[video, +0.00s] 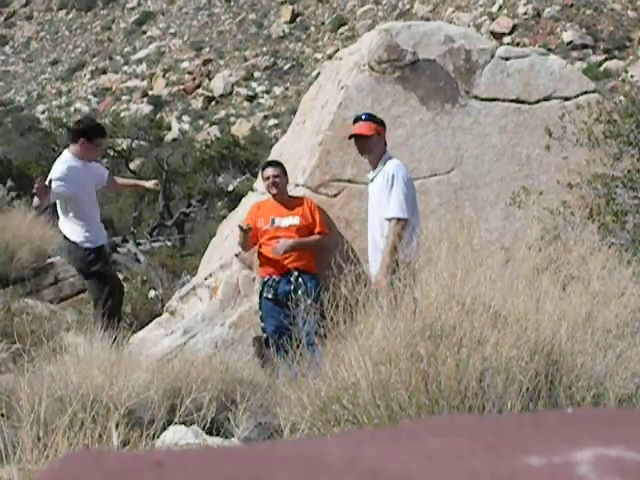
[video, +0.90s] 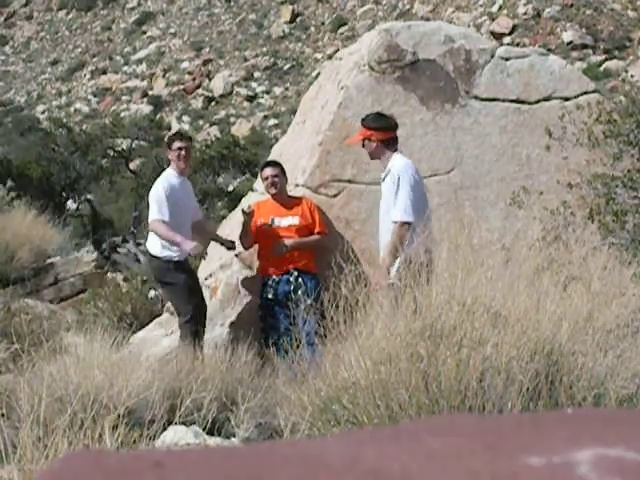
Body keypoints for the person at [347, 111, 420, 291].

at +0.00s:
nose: (359, 145)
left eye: (364, 138)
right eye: (356, 139)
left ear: (381, 136)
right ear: (354, 142)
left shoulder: (396, 170)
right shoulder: (374, 176)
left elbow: (398, 222)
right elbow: (380, 225)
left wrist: (385, 272)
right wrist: (375, 271)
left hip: (396, 272)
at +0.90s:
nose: (363, 147)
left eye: (365, 142)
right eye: (363, 142)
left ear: (376, 143)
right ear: (379, 142)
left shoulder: (403, 171)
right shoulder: (393, 171)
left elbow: (402, 225)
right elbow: (397, 224)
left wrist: (385, 267)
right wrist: (385, 266)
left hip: (408, 270)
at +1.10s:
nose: (371, 143)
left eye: (373, 139)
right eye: (371, 138)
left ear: (381, 140)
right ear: (398, 138)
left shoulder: (405, 169)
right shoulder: (414, 165)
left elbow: (405, 225)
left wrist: (390, 268)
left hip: (413, 265)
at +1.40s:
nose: (378, 141)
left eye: (380, 136)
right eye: (378, 136)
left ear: (389, 138)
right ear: (407, 135)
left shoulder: (407, 169)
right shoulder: (427, 161)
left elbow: (406, 227)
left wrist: (389, 271)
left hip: (419, 260)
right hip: (440, 256)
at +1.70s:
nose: (383, 143)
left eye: (384, 138)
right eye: (383, 138)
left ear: (394, 138)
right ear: (409, 135)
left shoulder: (410, 169)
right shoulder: (431, 161)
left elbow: (411, 224)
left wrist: (399, 260)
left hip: (425, 259)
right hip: (445, 254)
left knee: (419, 319)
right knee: (441, 317)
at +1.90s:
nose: (385, 144)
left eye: (385, 138)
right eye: (384, 138)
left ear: (395, 138)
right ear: (412, 135)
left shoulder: (411, 167)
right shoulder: (433, 161)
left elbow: (411, 223)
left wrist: (400, 261)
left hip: (426, 256)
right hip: (447, 252)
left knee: (420, 317)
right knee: (441, 315)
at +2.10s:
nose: (392, 147)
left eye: (392, 141)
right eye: (391, 142)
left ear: (401, 139)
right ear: (417, 137)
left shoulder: (412, 169)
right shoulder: (438, 161)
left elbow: (393, 223)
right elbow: (422, 209)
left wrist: (363, 246)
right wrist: (384, 227)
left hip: (425, 252)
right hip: (450, 248)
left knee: (423, 312)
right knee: (442, 311)